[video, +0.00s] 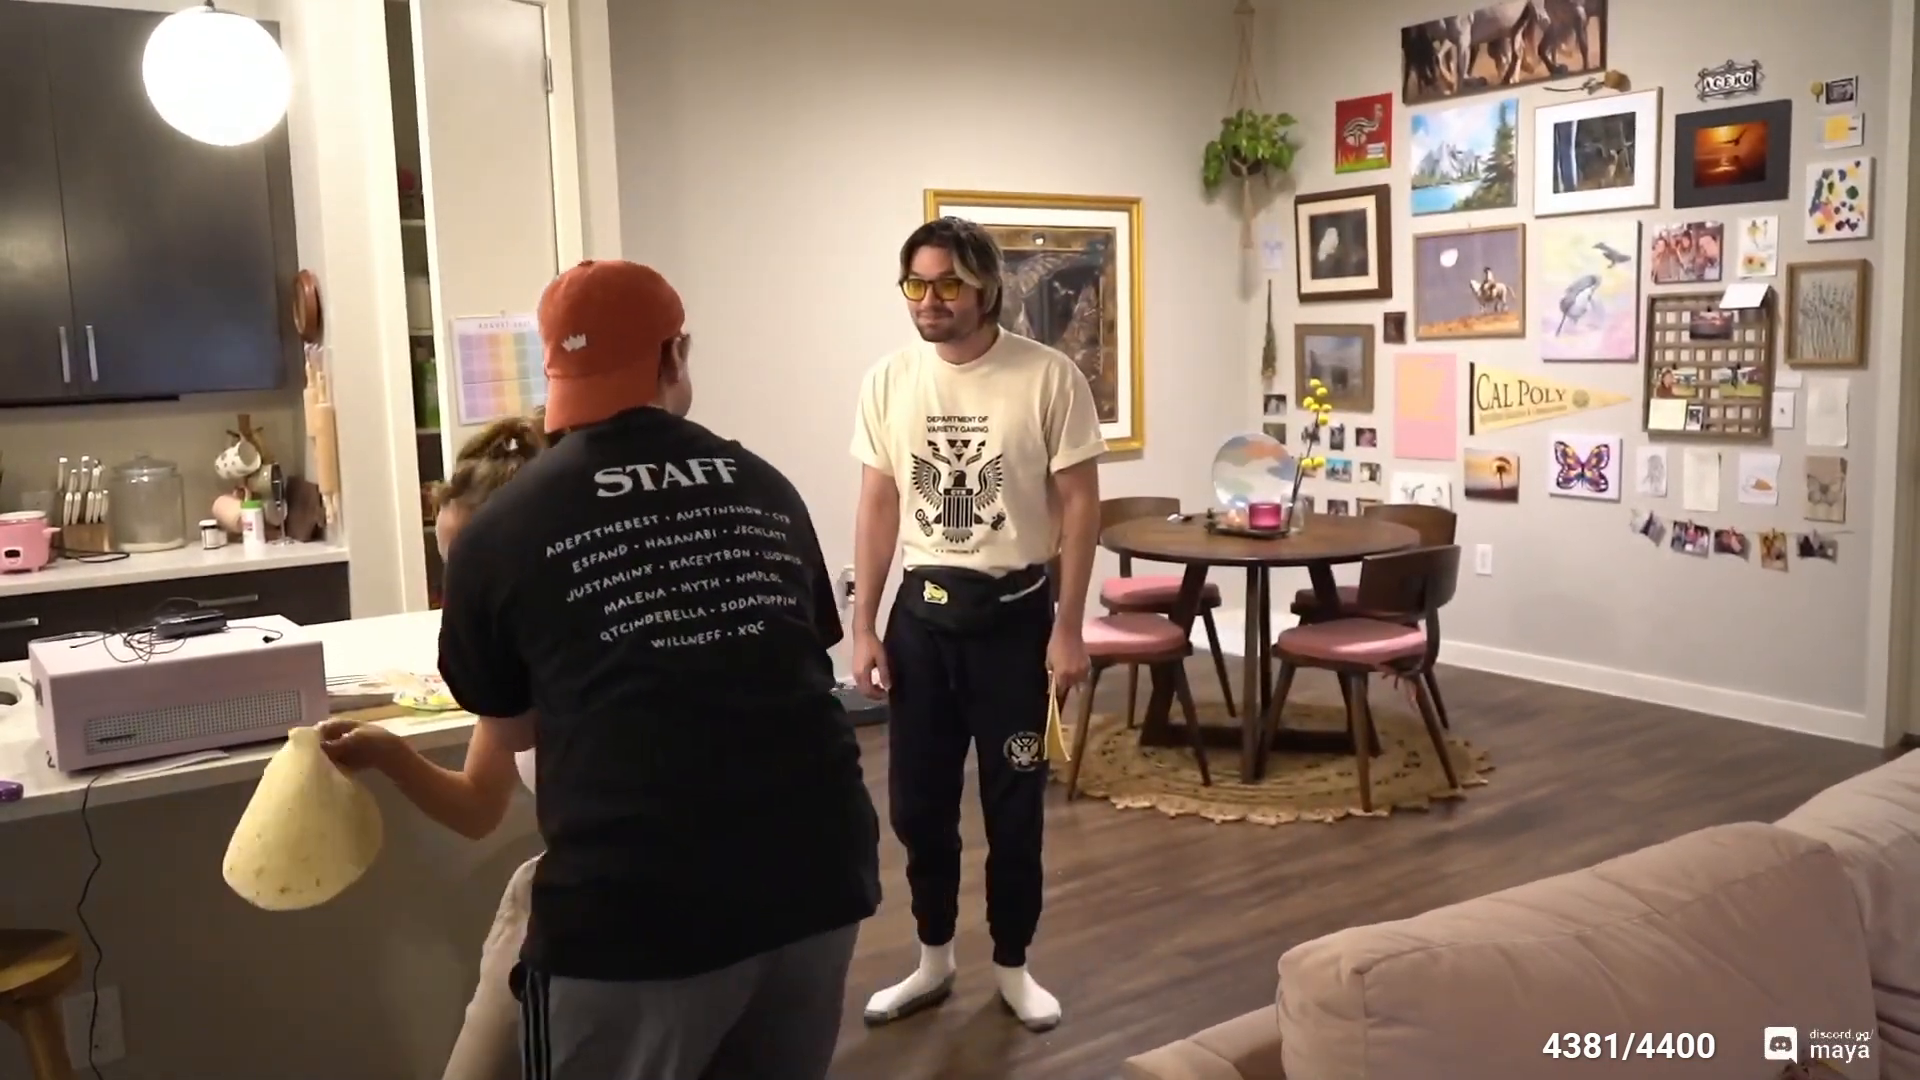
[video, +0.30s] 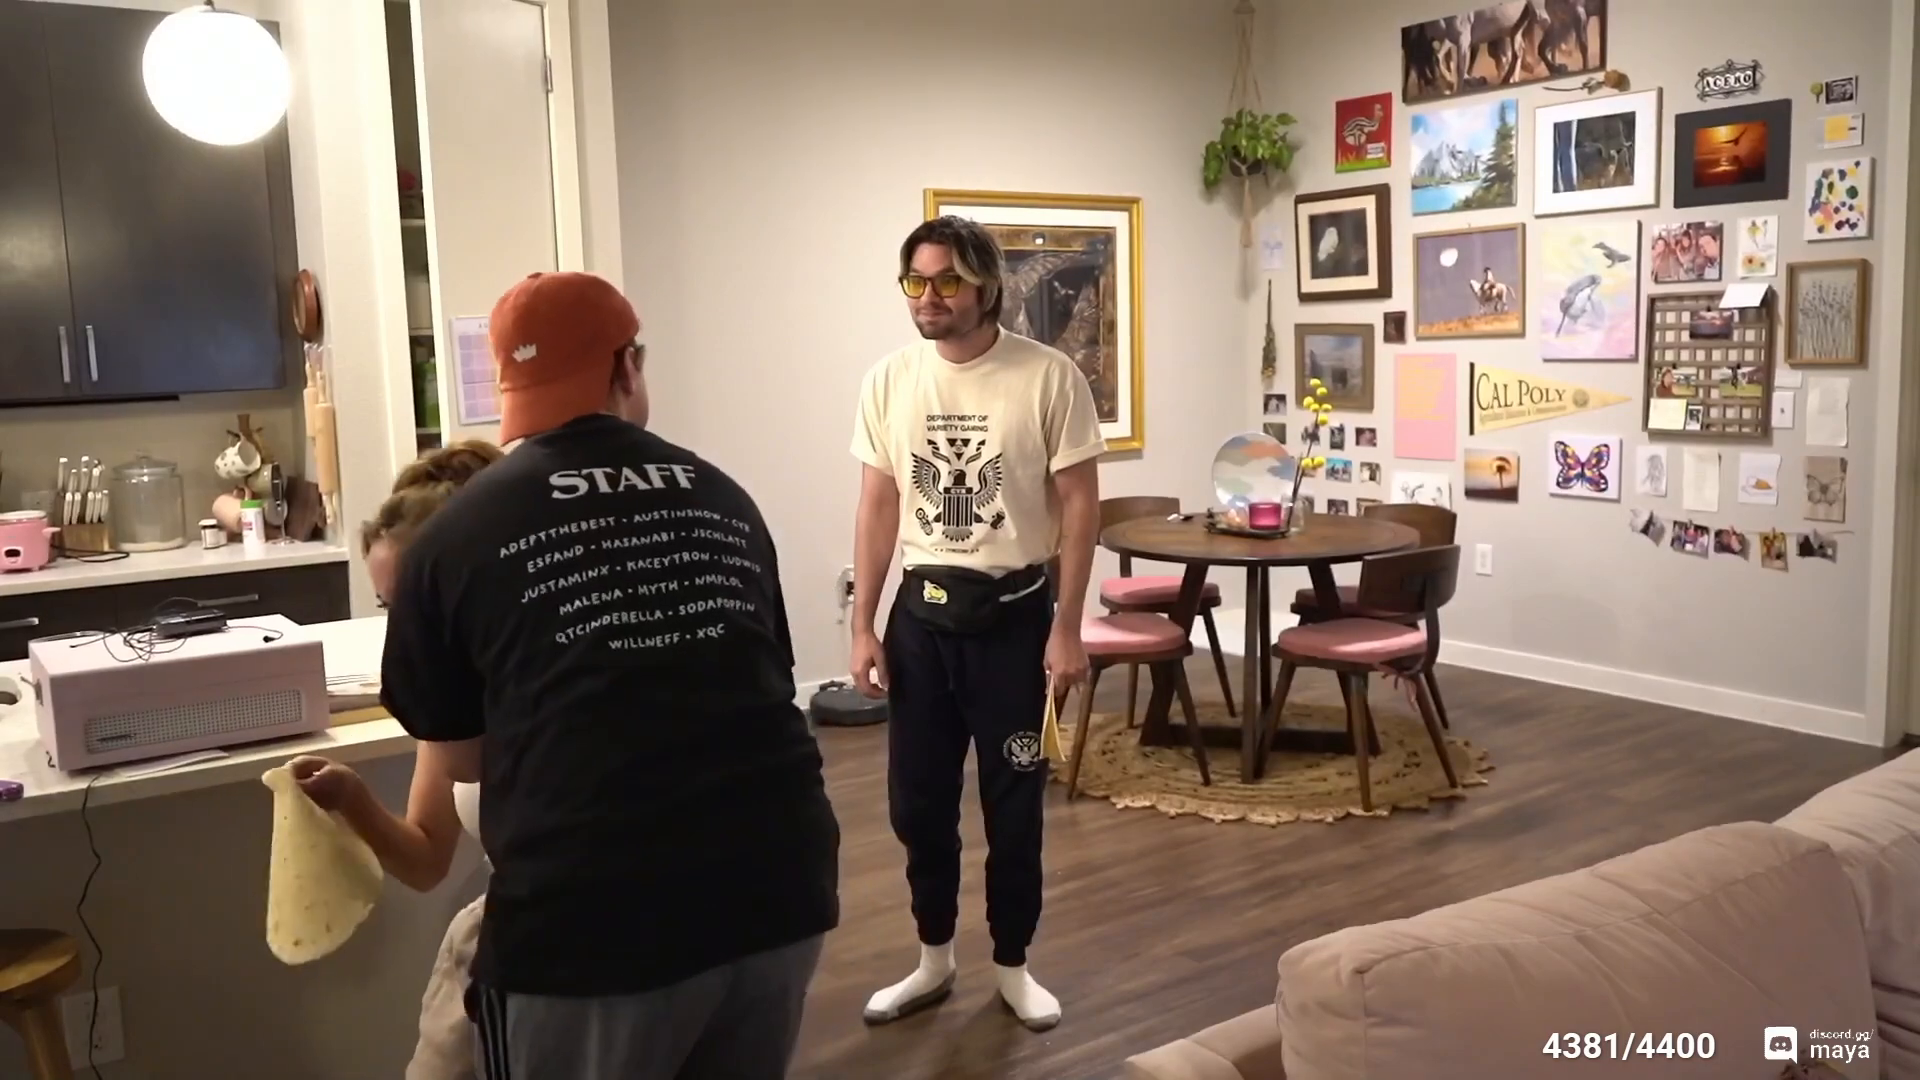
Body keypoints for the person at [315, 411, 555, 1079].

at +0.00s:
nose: (450, 591)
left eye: (466, 563)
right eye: (448, 564)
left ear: (533, 545)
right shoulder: (519, 645)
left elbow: (478, 810)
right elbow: (479, 809)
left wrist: (390, 755)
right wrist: (390, 751)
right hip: (564, 874)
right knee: (475, 1064)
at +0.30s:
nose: (395, 627)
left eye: (401, 604)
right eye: (385, 607)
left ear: (468, 572)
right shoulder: (456, 682)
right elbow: (428, 860)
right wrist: (356, 801)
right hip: (516, 914)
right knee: (440, 1056)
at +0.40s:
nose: (370, 616)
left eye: (379, 590)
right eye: (361, 593)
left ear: (441, 566)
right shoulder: (440, 656)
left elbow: (417, 845)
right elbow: (415, 842)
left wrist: (335, 790)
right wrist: (337, 792)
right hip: (501, 897)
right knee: (430, 1063)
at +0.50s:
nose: (358, 611)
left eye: (370, 585)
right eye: (346, 589)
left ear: (429, 556)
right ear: (335, 569)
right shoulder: (424, 652)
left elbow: (524, 856)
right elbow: (407, 830)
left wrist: (427, 814)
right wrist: (328, 789)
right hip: (485, 889)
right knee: (416, 1065)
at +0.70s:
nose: (343, 577)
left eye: (361, 553)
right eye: (330, 557)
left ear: (424, 529)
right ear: (319, 543)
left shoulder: (503, 618)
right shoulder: (399, 636)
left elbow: (501, 841)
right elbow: (399, 799)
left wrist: (427, 711)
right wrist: (301, 764)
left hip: (551, 895)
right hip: (460, 881)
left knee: (543, 1066)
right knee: (394, 1068)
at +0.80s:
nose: (351, 563)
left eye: (367, 538)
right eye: (337, 540)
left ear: (431, 510)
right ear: (326, 523)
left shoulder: (503, 599)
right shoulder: (403, 612)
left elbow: (493, 824)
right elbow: (396, 789)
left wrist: (423, 686)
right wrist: (300, 747)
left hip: (555, 890)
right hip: (466, 874)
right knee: (402, 1069)